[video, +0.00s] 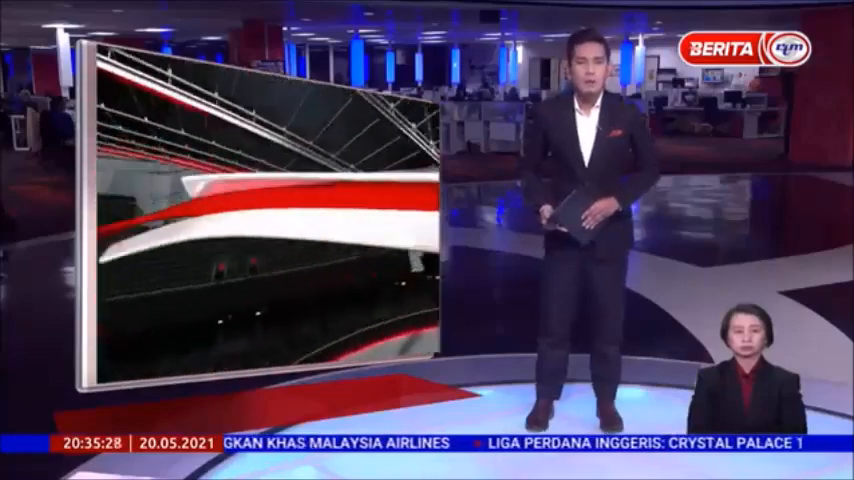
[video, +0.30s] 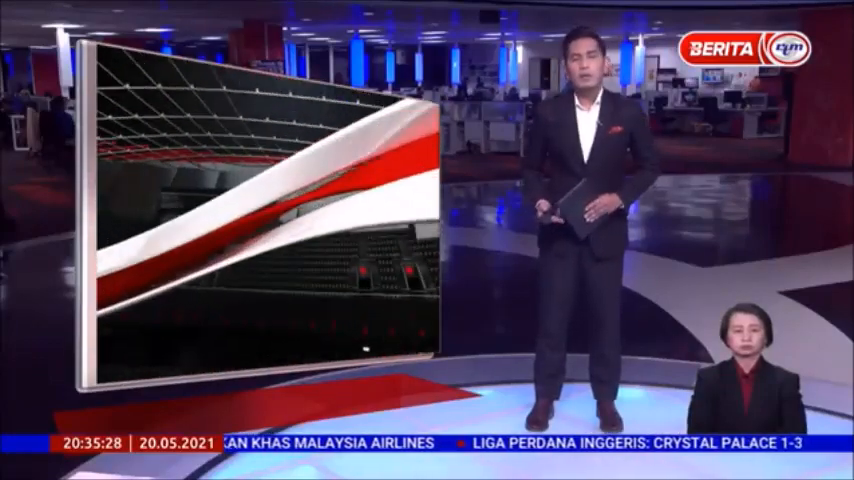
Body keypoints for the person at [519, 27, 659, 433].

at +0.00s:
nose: (590, 70)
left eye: (597, 62)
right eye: (582, 62)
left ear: (608, 67)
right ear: (569, 68)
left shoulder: (627, 114)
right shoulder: (544, 113)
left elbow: (649, 170)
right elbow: (529, 168)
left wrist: (617, 200)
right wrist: (543, 203)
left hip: (609, 233)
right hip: (560, 233)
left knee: (608, 321)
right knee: (555, 320)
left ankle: (606, 401)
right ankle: (545, 398)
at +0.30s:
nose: (583, 64)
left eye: (591, 56)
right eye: (575, 58)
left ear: (605, 63)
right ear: (566, 66)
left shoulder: (627, 110)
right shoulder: (546, 111)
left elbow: (650, 166)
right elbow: (531, 167)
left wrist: (620, 197)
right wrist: (539, 199)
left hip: (605, 230)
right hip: (557, 229)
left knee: (606, 318)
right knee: (552, 316)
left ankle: (606, 400)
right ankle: (544, 398)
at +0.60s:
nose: (573, 65)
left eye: (581, 57)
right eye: (565, 58)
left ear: (597, 64)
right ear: (557, 67)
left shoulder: (619, 113)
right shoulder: (540, 113)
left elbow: (641, 167)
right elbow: (522, 167)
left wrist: (618, 197)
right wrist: (533, 190)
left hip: (596, 230)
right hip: (548, 230)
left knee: (600, 317)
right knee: (546, 316)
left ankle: (606, 400)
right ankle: (543, 397)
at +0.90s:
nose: (568, 65)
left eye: (575, 57)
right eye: (560, 58)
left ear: (590, 63)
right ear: (551, 67)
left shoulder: (611, 112)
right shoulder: (534, 111)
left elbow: (625, 172)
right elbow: (515, 166)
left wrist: (599, 197)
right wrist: (530, 187)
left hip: (588, 231)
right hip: (541, 231)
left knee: (596, 316)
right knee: (543, 317)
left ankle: (605, 399)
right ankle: (542, 397)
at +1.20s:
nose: (566, 64)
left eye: (574, 56)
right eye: (558, 58)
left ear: (587, 63)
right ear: (549, 67)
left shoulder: (609, 111)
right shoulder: (532, 113)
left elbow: (627, 169)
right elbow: (515, 167)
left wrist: (601, 197)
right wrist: (529, 188)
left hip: (588, 231)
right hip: (541, 231)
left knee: (595, 316)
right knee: (542, 317)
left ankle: (605, 399)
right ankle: (542, 397)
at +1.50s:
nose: (562, 66)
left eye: (569, 57)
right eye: (554, 60)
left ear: (585, 63)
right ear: (547, 69)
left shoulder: (610, 110)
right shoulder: (533, 113)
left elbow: (629, 167)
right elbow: (516, 168)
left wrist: (608, 197)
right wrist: (530, 188)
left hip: (588, 231)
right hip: (542, 231)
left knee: (594, 318)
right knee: (542, 318)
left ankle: (604, 400)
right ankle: (542, 398)